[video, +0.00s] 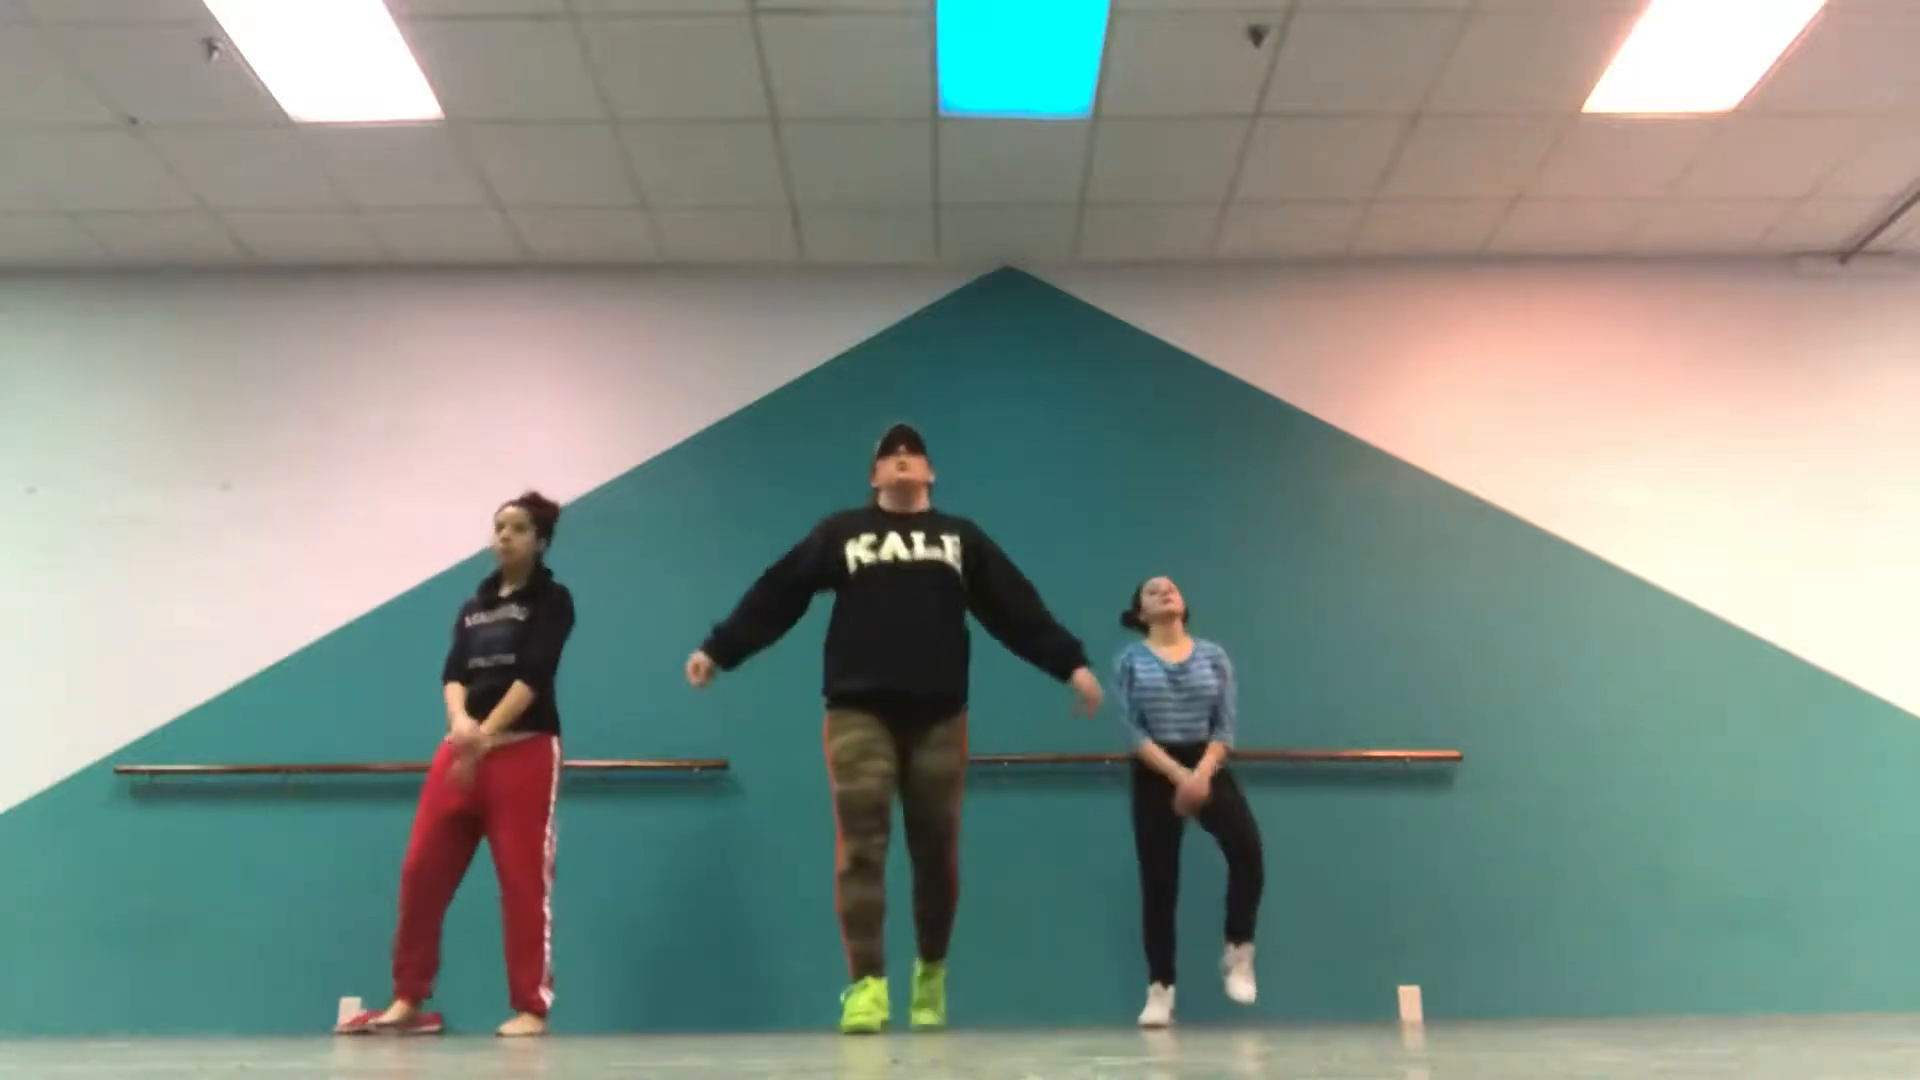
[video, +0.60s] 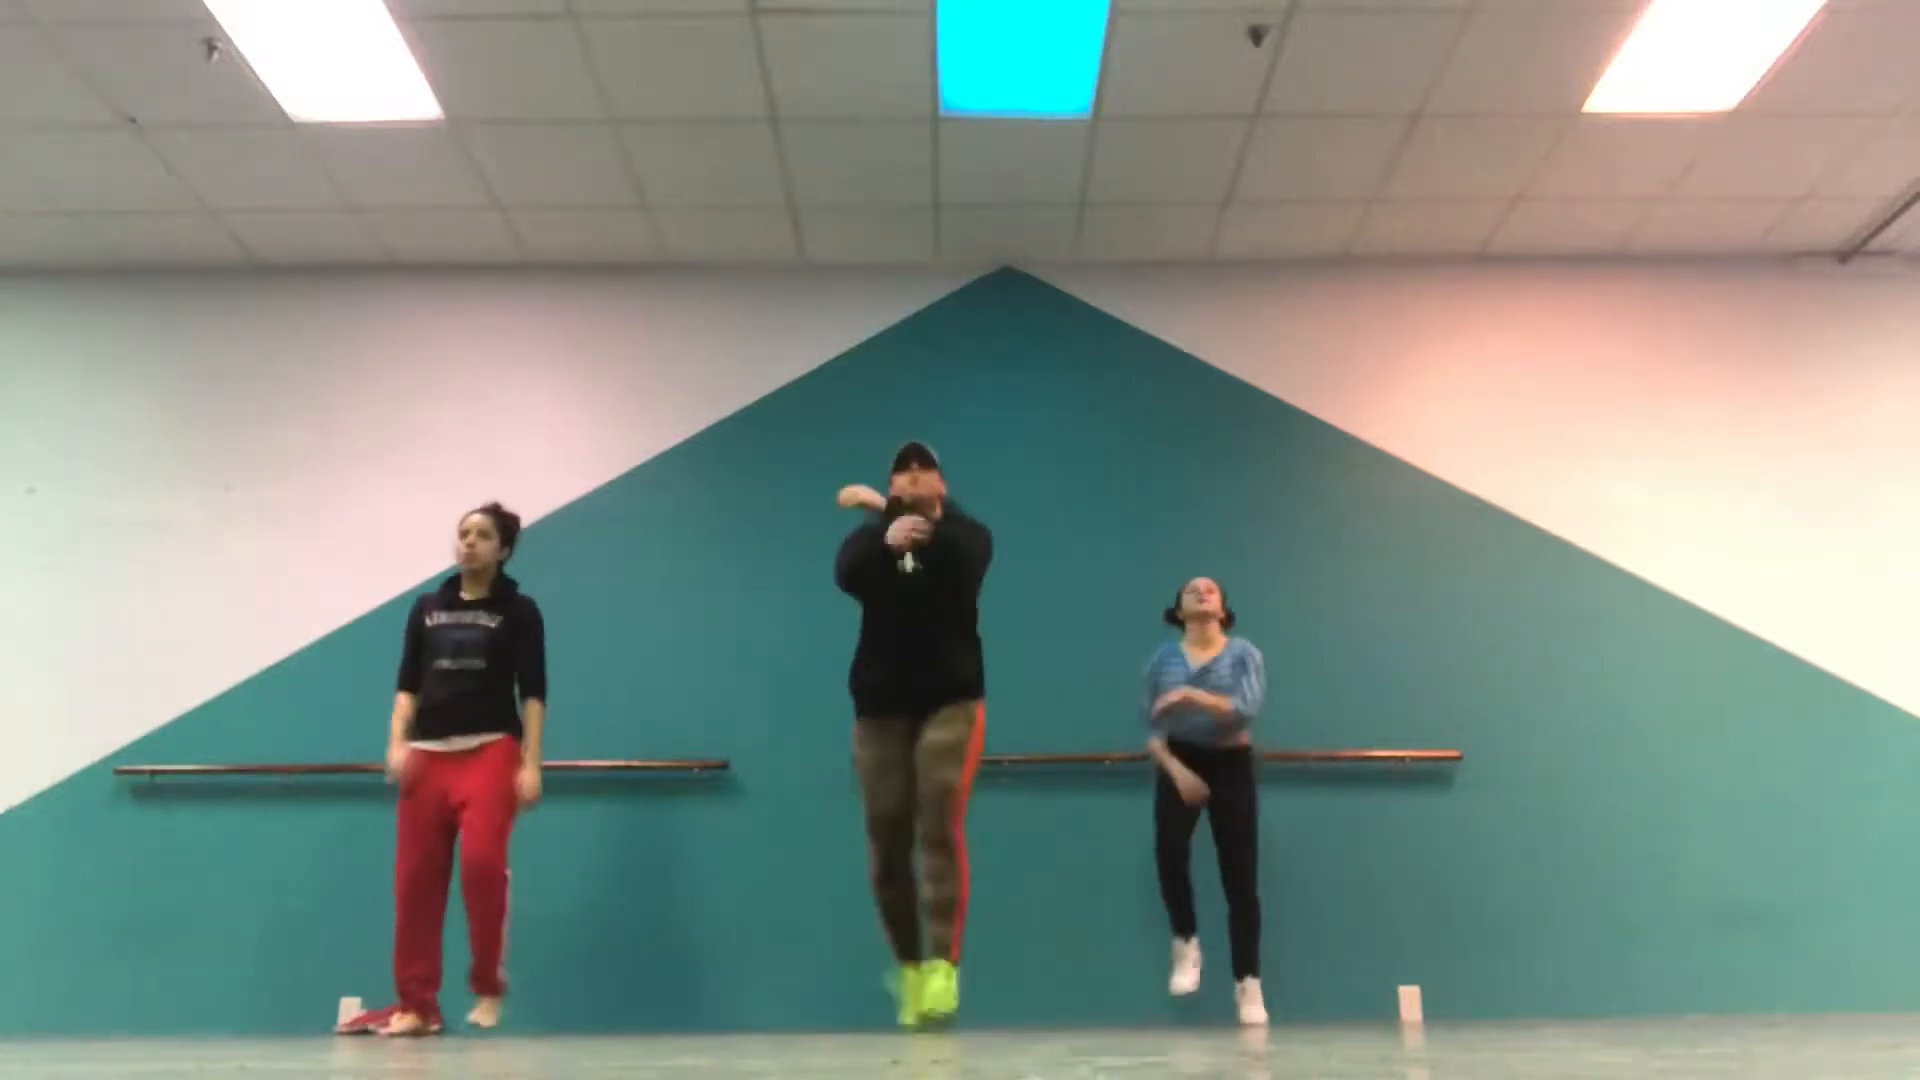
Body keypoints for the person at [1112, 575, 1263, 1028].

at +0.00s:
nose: (1167, 593)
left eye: (1172, 589)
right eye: (1155, 592)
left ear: (1184, 605)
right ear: (1140, 613)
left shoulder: (1214, 656)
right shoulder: (1131, 660)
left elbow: (1225, 727)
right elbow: (1130, 729)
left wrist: (1201, 775)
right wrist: (1180, 775)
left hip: (1205, 761)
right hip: (1154, 763)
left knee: (1246, 852)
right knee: (1159, 879)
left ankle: (1240, 949)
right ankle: (1161, 985)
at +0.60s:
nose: (1202, 593)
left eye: (1211, 590)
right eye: (1192, 591)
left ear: (1223, 610)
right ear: (1179, 611)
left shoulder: (1243, 653)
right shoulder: (1165, 658)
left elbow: (1247, 706)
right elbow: (1150, 729)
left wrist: (1190, 695)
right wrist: (1177, 772)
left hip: (1229, 757)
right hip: (1178, 756)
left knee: (1240, 874)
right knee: (1170, 856)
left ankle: (1248, 982)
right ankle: (1185, 945)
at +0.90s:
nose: (1206, 624)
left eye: (1214, 618)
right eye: (1197, 616)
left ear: (1224, 633)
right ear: (1179, 630)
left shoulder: (1237, 684)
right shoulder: (1159, 685)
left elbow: (1234, 732)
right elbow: (1148, 755)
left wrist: (1229, 738)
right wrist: (1160, 817)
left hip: (1226, 787)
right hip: (1181, 790)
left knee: (1240, 889)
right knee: (1198, 896)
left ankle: (1232, 987)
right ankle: (1212, 988)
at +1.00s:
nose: (1208, 607)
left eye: (1215, 602)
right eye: (1199, 600)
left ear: (1226, 617)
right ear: (1179, 612)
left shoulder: (1237, 670)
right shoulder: (1156, 660)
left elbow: (1250, 742)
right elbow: (1120, 717)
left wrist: (1268, 803)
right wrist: (1110, 744)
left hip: (1220, 766)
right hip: (1169, 766)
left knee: (1230, 878)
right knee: (1175, 869)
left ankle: (1233, 983)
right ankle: (1198, 943)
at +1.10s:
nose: (1208, 619)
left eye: (1216, 614)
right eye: (1200, 611)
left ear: (1227, 625)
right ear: (1182, 618)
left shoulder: (1237, 680)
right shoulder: (1151, 661)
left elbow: (1250, 751)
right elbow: (1093, 681)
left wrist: (1275, 811)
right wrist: (1083, 663)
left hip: (1211, 772)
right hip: (1159, 766)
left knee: (1224, 883)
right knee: (1149, 823)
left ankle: (1229, 987)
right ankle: (1162, 883)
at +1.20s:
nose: (1211, 626)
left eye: (1220, 620)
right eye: (1203, 616)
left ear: (1230, 630)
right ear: (1186, 621)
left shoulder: (1236, 685)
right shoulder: (1154, 658)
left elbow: (1238, 753)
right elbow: (1091, 669)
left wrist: (1250, 809)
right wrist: (1112, 662)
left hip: (1195, 777)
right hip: (1147, 764)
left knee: (1225, 879)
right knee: (1124, 788)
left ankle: (1230, 984)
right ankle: (1107, 879)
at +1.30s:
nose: (1222, 641)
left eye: (1231, 635)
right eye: (1214, 631)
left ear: (1238, 645)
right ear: (1195, 634)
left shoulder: (1235, 695)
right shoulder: (1169, 668)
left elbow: (1213, 757)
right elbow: (1123, 694)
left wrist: (1210, 815)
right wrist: (1143, 739)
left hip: (1178, 791)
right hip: (1130, 774)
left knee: (1222, 874)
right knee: (1093, 839)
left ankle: (1219, 984)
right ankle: (1038, 915)